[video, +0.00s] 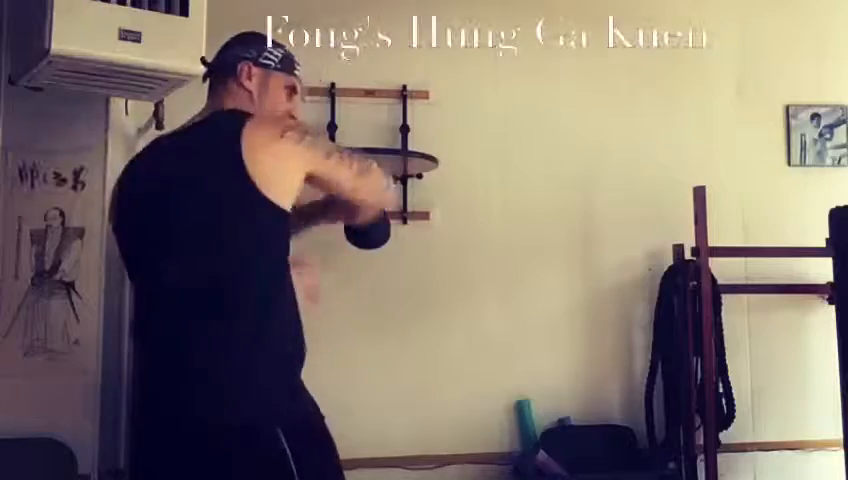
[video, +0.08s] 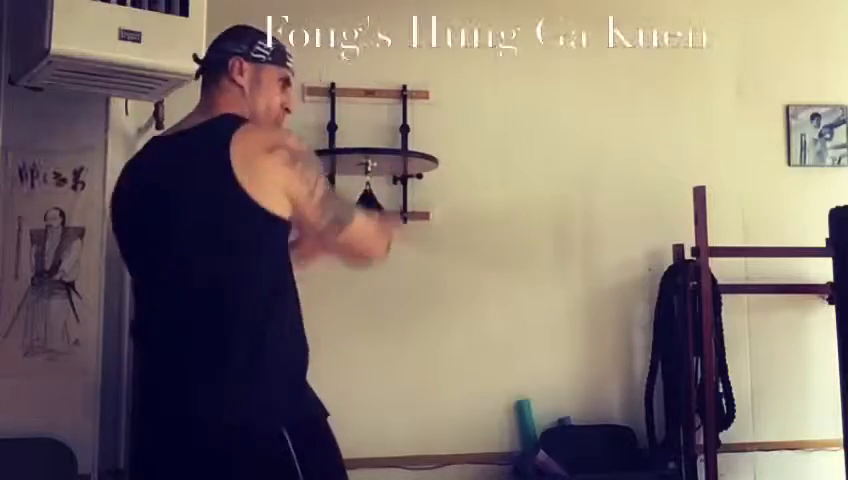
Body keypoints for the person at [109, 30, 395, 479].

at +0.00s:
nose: (295, 111)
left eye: (297, 96)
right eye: (289, 91)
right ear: (247, 76)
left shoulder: (136, 170)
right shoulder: (274, 140)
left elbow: (171, 276)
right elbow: (374, 193)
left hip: (163, 406)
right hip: (258, 408)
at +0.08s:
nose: (289, 103)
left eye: (289, 88)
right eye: (282, 83)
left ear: (233, 76)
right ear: (239, 72)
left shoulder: (135, 171)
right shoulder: (268, 148)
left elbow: (207, 272)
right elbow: (366, 242)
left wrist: (304, 248)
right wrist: (380, 228)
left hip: (165, 410)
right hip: (263, 412)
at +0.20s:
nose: (287, 95)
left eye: (286, 79)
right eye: (278, 74)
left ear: (231, 70)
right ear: (233, 68)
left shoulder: (141, 172)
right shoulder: (261, 158)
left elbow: (240, 264)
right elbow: (338, 279)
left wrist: (340, 236)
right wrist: (374, 249)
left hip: (168, 410)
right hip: (263, 415)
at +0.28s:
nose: (278, 85)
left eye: (274, 69)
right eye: (266, 66)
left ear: (218, 66)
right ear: (219, 64)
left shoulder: (151, 165)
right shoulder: (236, 165)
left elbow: (246, 258)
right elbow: (340, 273)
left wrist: (349, 233)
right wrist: (409, 236)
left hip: (173, 413)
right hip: (259, 421)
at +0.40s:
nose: (266, 80)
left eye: (262, 65)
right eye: (253, 62)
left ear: (205, 66)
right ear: (205, 63)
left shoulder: (184, 161)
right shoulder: (197, 168)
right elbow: (321, 265)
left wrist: (331, 220)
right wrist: (401, 211)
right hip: (249, 428)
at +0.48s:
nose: (264, 80)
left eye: (259, 65)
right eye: (251, 62)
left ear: (203, 65)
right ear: (201, 63)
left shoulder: (197, 164)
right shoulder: (190, 170)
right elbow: (314, 268)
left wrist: (320, 221)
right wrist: (391, 203)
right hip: (247, 436)